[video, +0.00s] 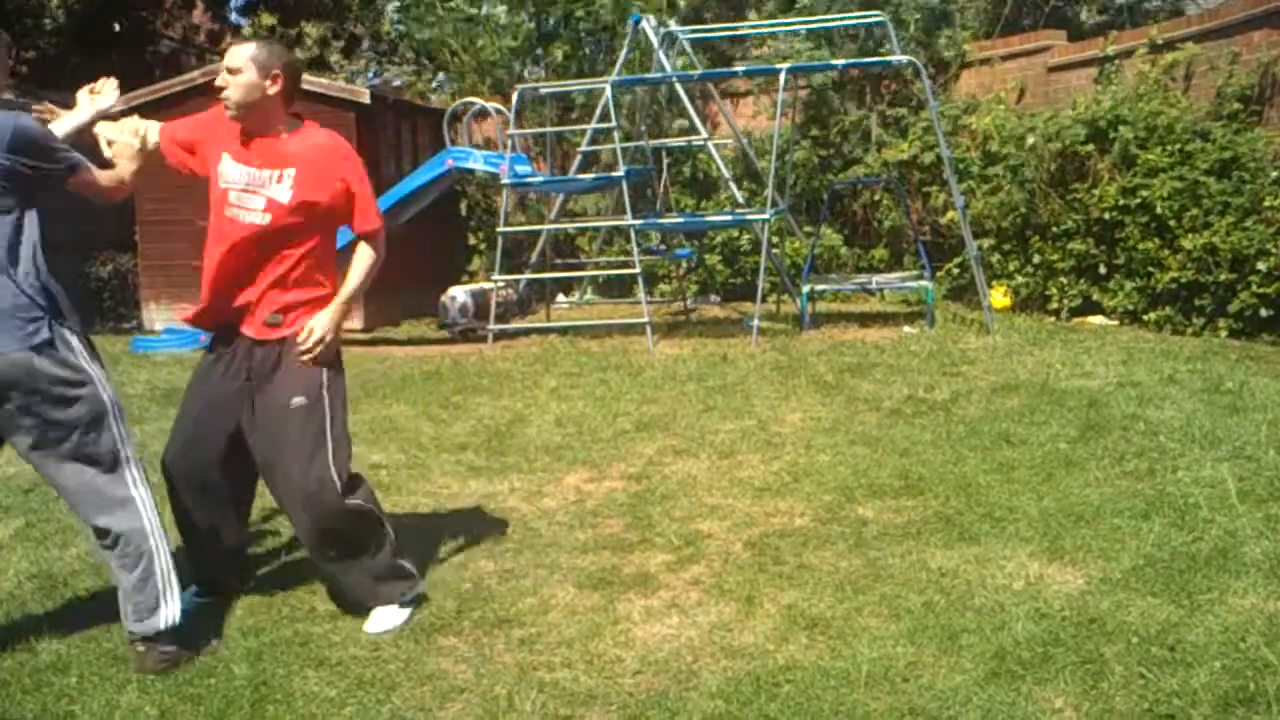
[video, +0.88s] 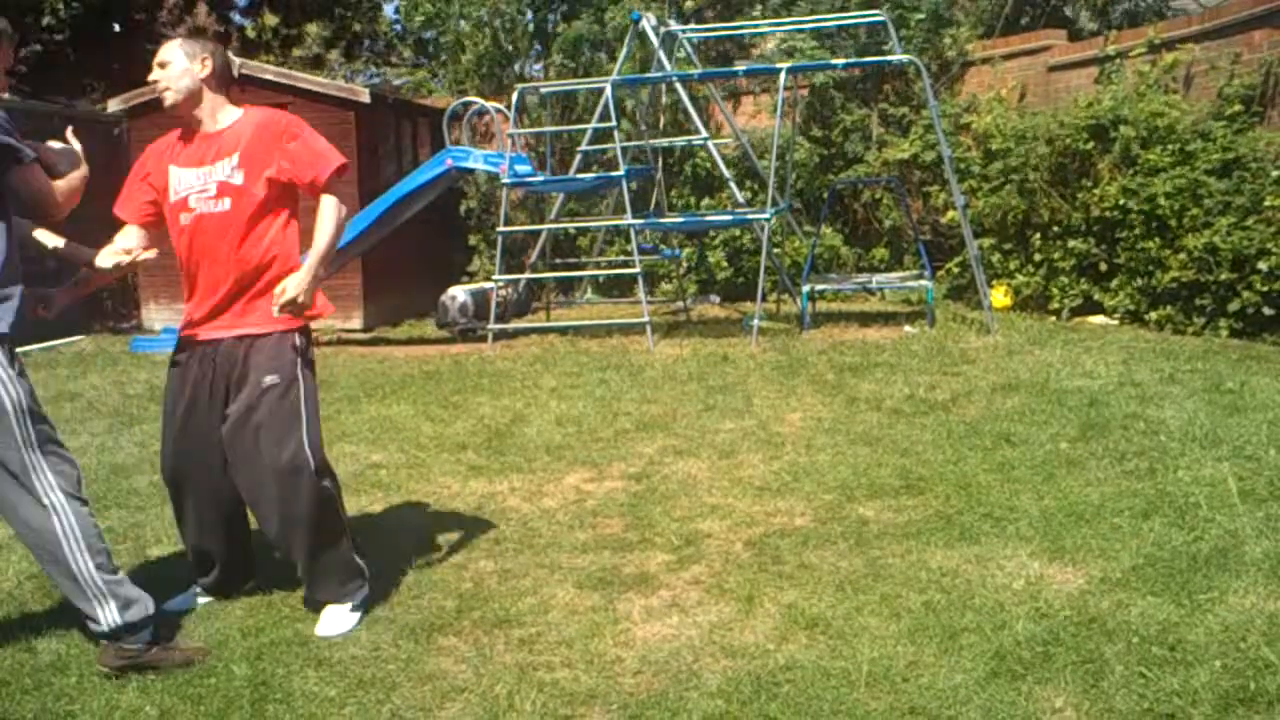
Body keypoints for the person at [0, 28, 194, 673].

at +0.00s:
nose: (13, 75)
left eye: (10, 66)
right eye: (11, 67)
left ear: (2, 80)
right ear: (7, 75)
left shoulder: (14, 133)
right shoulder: (15, 132)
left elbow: (29, 146)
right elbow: (109, 185)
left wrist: (82, 115)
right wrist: (127, 157)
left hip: (15, 339)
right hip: (25, 340)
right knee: (107, 471)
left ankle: (155, 619)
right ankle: (156, 629)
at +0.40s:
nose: (15, 69)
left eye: (15, 58)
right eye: (8, 58)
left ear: (13, 65)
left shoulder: (10, 136)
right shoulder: (2, 139)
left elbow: (79, 214)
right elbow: (75, 197)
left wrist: (114, 143)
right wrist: (90, 103)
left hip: (20, 339)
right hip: (21, 341)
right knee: (128, 478)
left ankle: (134, 626)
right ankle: (135, 638)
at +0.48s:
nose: (25, 71)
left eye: (24, 59)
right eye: (18, 58)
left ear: (10, 65)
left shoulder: (13, 143)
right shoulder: (4, 143)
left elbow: (54, 235)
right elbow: (77, 192)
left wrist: (136, 214)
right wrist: (136, 112)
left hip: (20, 341)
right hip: (21, 344)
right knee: (121, 467)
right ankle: (140, 634)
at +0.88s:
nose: (14, 57)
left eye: (13, 46)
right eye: (10, 47)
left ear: (8, 56)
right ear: (0, 57)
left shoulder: (6, 126)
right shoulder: (1, 126)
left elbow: (32, 215)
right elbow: (48, 205)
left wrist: (91, 256)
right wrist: (81, 167)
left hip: (4, 342)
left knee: (43, 479)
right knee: (43, 480)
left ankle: (121, 623)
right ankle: (124, 629)